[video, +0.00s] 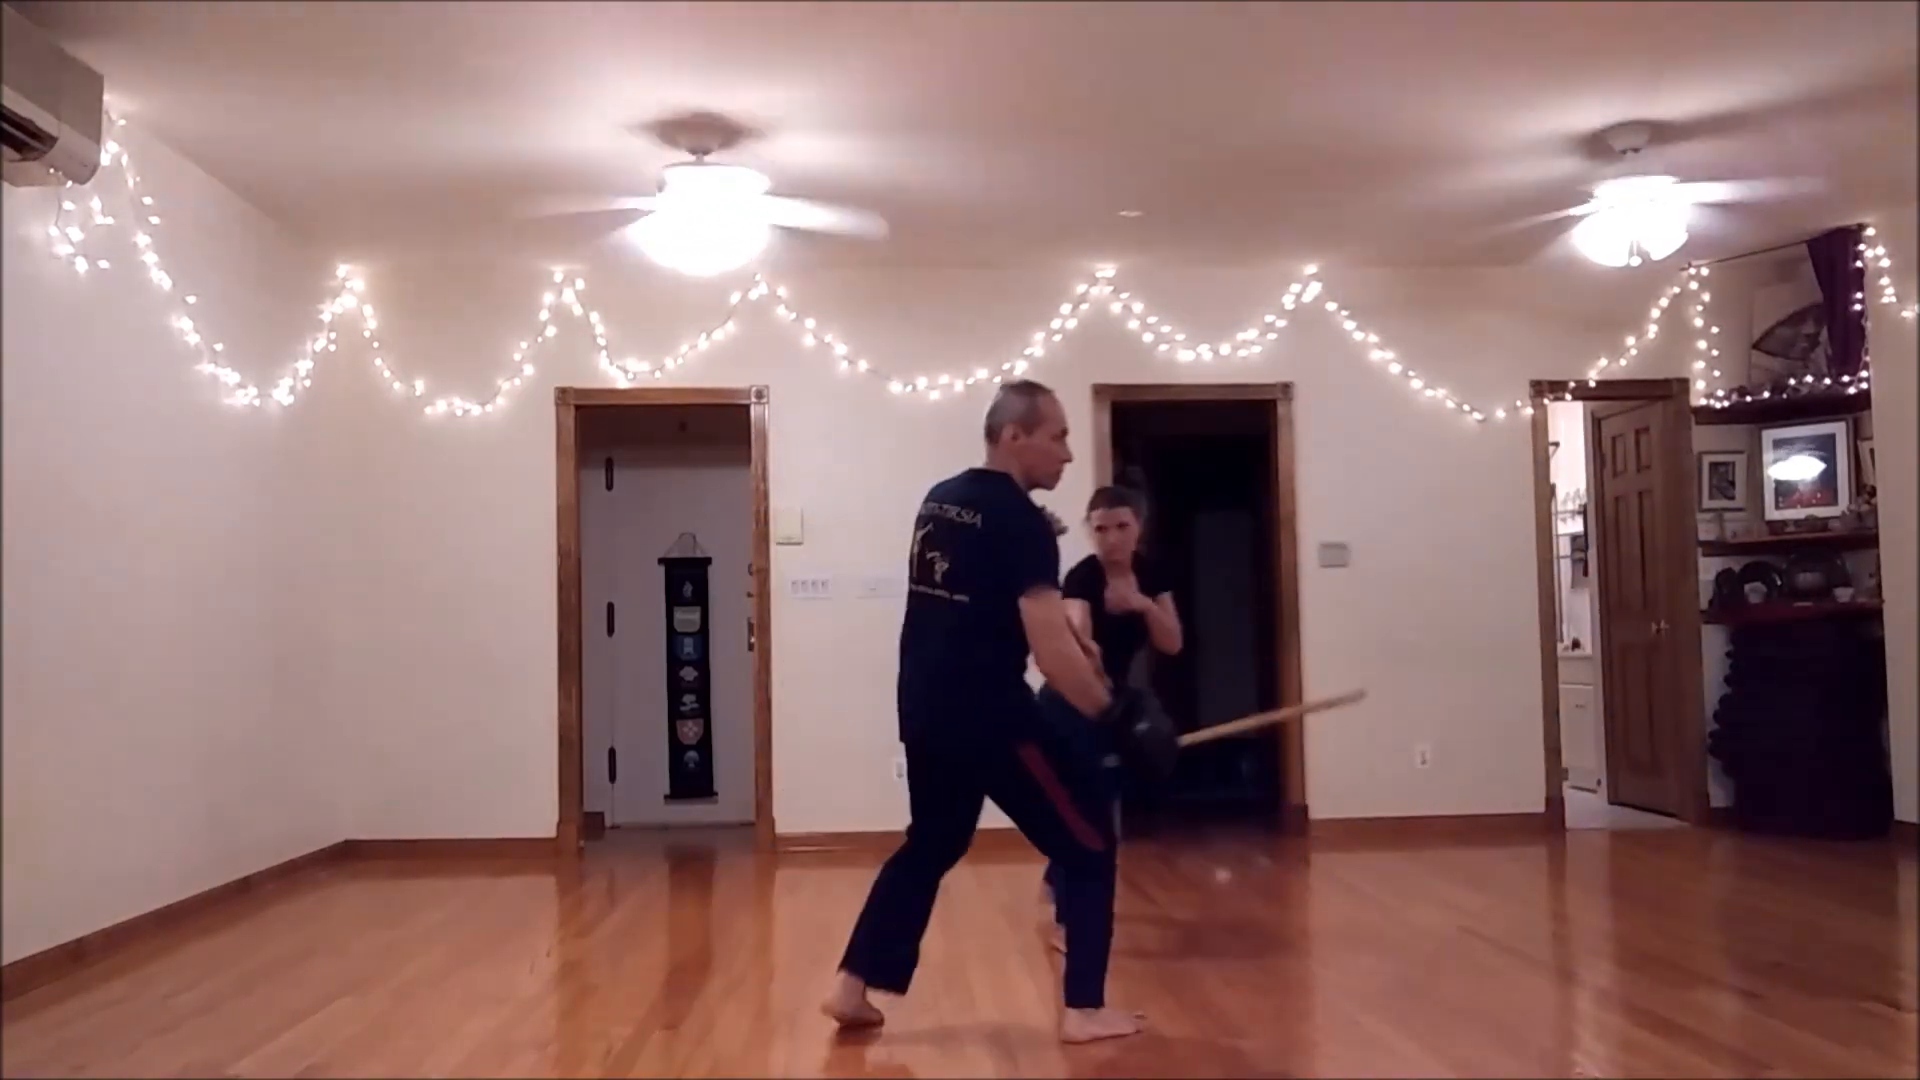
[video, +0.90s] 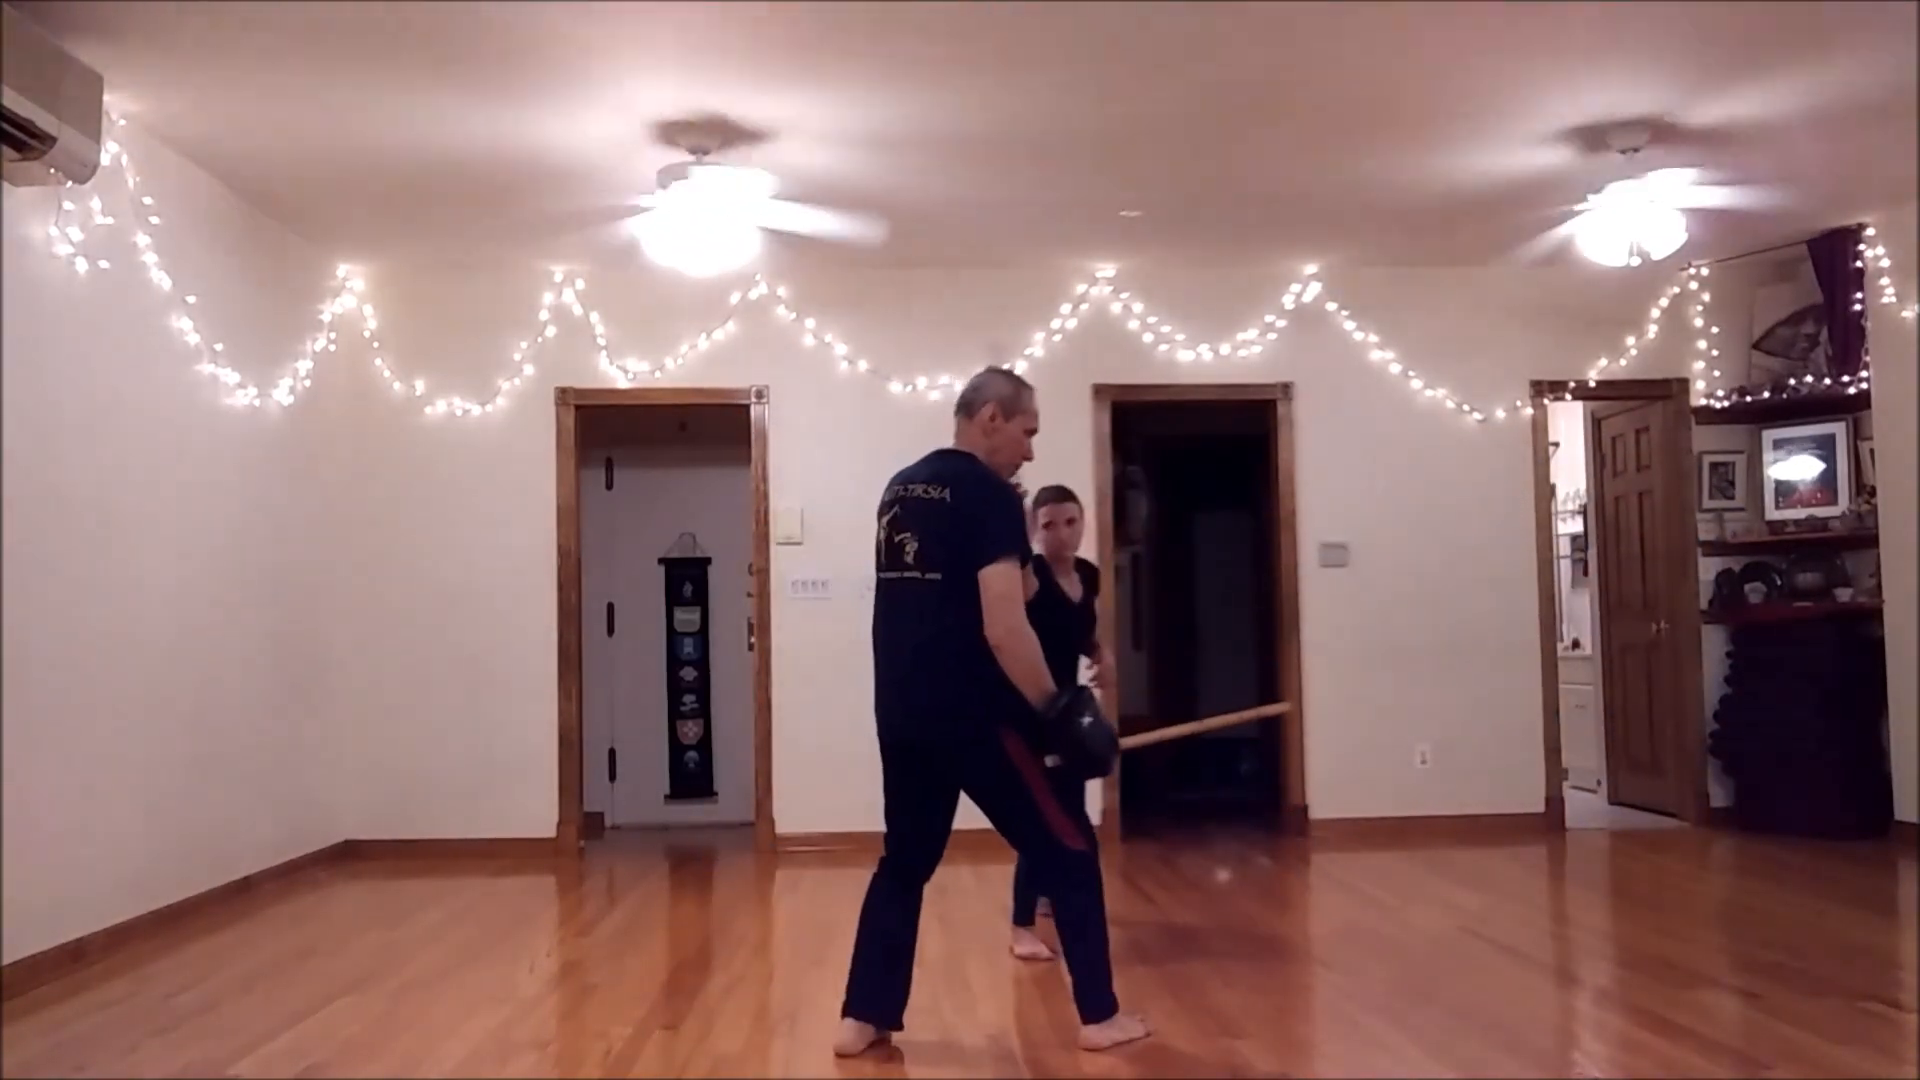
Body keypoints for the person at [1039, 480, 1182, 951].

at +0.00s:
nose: (1112, 537)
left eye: (1121, 527)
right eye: (1102, 528)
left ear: (1138, 531)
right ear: (1091, 532)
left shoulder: (1152, 574)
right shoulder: (1083, 576)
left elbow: (1172, 642)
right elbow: (1079, 638)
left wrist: (1146, 606)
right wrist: (1107, 690)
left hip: (1117, 700)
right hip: (1070, 699)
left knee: (1101, 798)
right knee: (1080, 797)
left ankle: (1079, 891)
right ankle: (1063, 888)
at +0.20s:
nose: (1105, 540)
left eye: (1114, 531)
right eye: (1095, 531)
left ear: (1127, 533)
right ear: (1080, 532)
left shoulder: (1125, 573)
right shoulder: (1070, 576)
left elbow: (1139, 633)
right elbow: (1058, 650)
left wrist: (1123, 674)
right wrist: (1102, 702)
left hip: (1099, 695)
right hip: (1062, 694)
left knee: (1096, 796)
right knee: (1071, 796)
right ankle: (1056, 895)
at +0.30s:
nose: (1098, 537)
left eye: (1107, 528)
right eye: (1088, 528)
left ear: (1120, 530)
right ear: (1073, 530)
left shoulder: (1122, 575)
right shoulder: (1063, 571)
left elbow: (1124, 641)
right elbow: (1052, 639)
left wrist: (1107, 690)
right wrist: (1099, 691)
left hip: (1088, 697)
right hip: (1049, 694)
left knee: (1090, 808)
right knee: (1055, 808)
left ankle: (1083, 913)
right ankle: (1050, 915)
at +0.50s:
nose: (1082, 534)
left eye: (1091, 526)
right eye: (1072, 526)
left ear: (1104, 527)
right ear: (1056, 528)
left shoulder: (1108, 580)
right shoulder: (1042, 562)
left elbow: (1104, 649)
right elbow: (1051, 561)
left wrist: (1093, 698)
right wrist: (1088, 576)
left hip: (1079, 703)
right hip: (1033, 701)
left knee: (1088, 803)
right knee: (1031, 809)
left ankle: (1058, 892)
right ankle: (1020, 918)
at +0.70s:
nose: (1075, 535)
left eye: (1081, 525)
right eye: (1066, 526)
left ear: (1092, 527)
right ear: (1049, 528)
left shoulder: (1097, 579)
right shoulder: (1031, 569)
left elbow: (1102, 640)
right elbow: (1002, 545)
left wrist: (1105, 671)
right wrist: (1039, 526)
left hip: (1075, 703)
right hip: (1028, 701)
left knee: (1080, 814)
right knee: (1038, 815)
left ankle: (1068, 919)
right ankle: (1023, 923)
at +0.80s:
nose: (1063, 532)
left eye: (1071, 522)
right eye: (1053, 524)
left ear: (1084, 526)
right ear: (1038, 529)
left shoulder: (1092, 577)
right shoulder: (1025, 575)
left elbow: (1095, 633)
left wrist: (1106, 659)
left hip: (1072, 701)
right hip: (1025, 702)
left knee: (1074, 817)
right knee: (1039, 819)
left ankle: (1070, 918)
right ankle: (1022, 925)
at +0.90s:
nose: (1063, 532)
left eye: (1071, 522)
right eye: (1052, 524)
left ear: (1083, 525)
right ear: (1036, 529)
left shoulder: (1088, 576)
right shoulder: (1026, 575)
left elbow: (1089, 634)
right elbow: (1009, 633)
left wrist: (1103, 658)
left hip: (1070, 699)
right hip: (1027, 701)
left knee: (1072, 814)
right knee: (1040, 817)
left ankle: (1061, 914)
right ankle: (1023, 923)